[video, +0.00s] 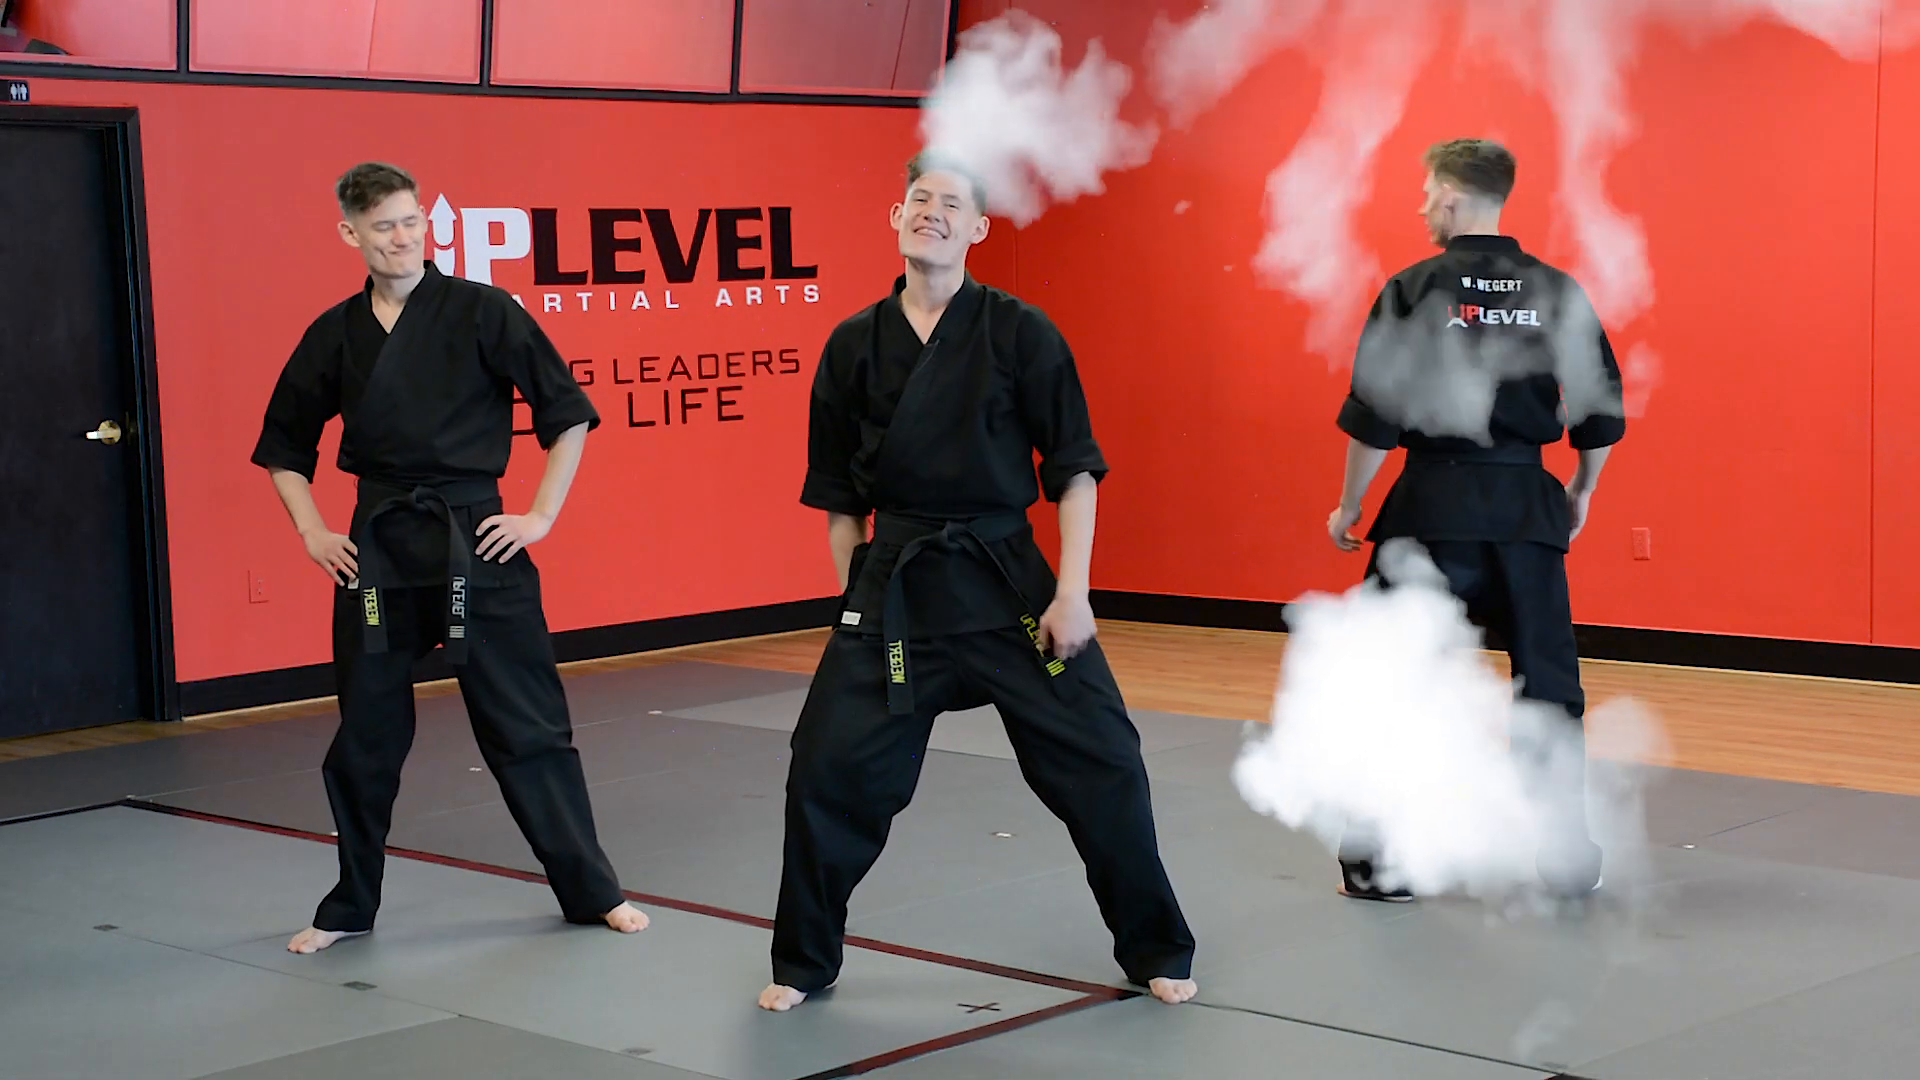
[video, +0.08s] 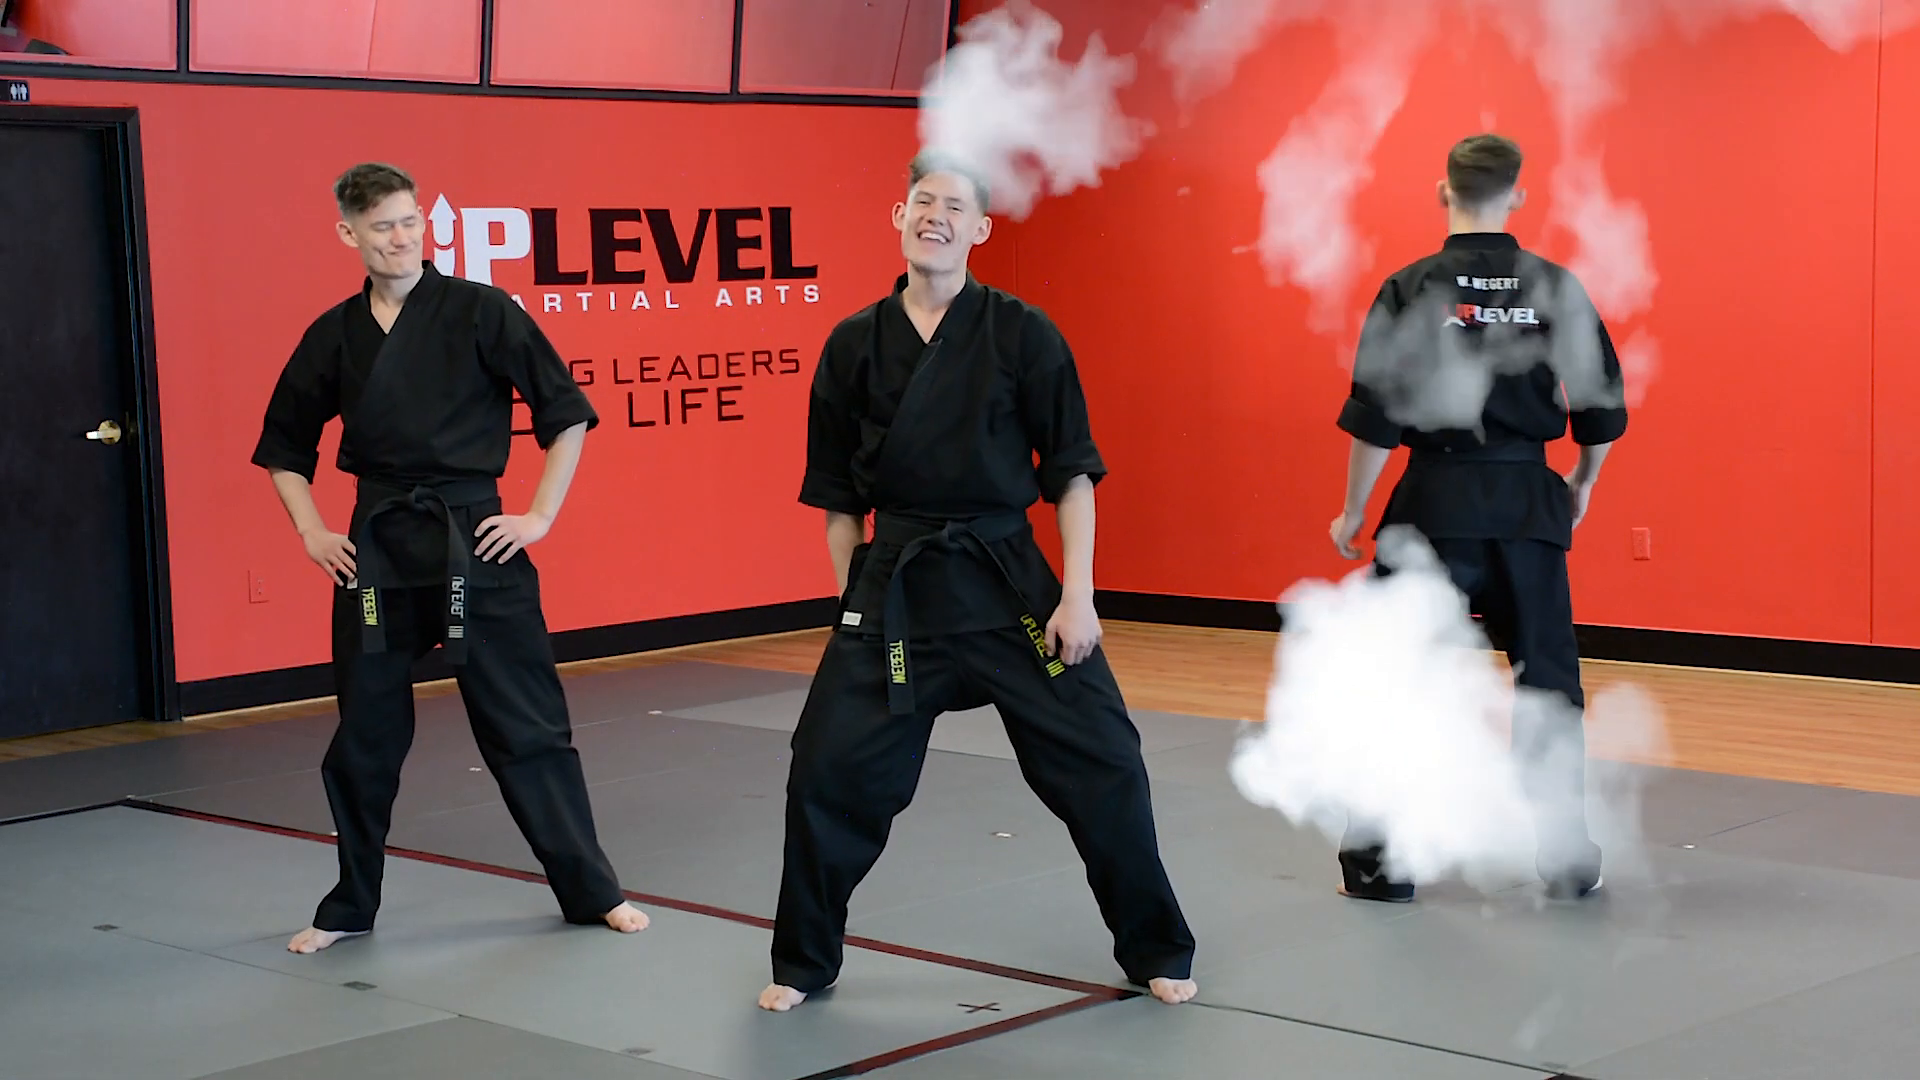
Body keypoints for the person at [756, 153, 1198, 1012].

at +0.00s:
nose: (930, 212)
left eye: (951, 203)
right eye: (919, 199)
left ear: (979, 230)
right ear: (895, 219)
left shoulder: (1023, 334)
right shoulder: (853, 346)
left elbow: (1076, 469)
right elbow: (840, 494)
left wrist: (1073, 592)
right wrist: (855, 605)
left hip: (1007, 580)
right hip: (893, 587)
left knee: (1105, 765)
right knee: (827, 767)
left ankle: (1155, 947)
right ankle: (804, 959)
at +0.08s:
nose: (935, 215)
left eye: (954, 206)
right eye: (923, 200)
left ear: (980, 231)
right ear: (896, 219)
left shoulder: (1023, 335)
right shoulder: (853, 345)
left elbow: (1072, 475)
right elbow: (838, 495)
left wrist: (1078, 595)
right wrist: (854, 606)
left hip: (1007, 579)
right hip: (893, 587)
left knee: (1105, 763)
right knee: (828, 768)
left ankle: (1155, 947)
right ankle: (804, 959)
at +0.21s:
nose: (942, 219)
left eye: (960, 208)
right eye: (929, 205)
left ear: (986, 227)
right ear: (901, 220)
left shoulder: (1025, 336)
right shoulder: (854, 345)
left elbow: (1068, 477)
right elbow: (837, 495)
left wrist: (1077, 597)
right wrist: (852, 611)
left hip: (1009, 579)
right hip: (895, 586)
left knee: (1106, 765)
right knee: (828, 773)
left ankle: (1155, 948)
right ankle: (804, 960)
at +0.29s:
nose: (942, 219)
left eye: (960, 209)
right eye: (930, 205)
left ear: (987, 229)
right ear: (905, 219)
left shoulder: (1027, 336)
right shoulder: (855, 342)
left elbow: (1065, 479)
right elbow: (835, 493)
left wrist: (1074, 601)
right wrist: (850, 612)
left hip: (1010, 579)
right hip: (896, 586)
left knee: (1107, 766)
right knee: (828, 774)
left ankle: (1155, 948)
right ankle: (804, 960)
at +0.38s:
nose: (945, 220)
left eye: (963, 209)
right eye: (932, 206)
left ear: (989, 230)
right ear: (907, 222)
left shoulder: (1028, 336)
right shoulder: (857, 340)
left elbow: (1066, 479)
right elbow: (835, 493)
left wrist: (1073, 601)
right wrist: (850, 611)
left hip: (1012, 579)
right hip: (896, 585)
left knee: (1107, 764)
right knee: (831, 770)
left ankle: (1155, 948)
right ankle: (804, 960)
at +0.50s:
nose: (948, 216)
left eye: (966, 207)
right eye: (936, 204)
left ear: (992, 229)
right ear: (910, 220)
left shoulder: (1029, 337)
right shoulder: (857, 339)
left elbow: (1065, 482)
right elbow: (835, 492)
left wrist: (1073, 602)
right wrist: (847, 611)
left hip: (1012, 579)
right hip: (897, 585)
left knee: (1108, 763)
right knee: (831, 769)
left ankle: (1155, 948)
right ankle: (804, 960)